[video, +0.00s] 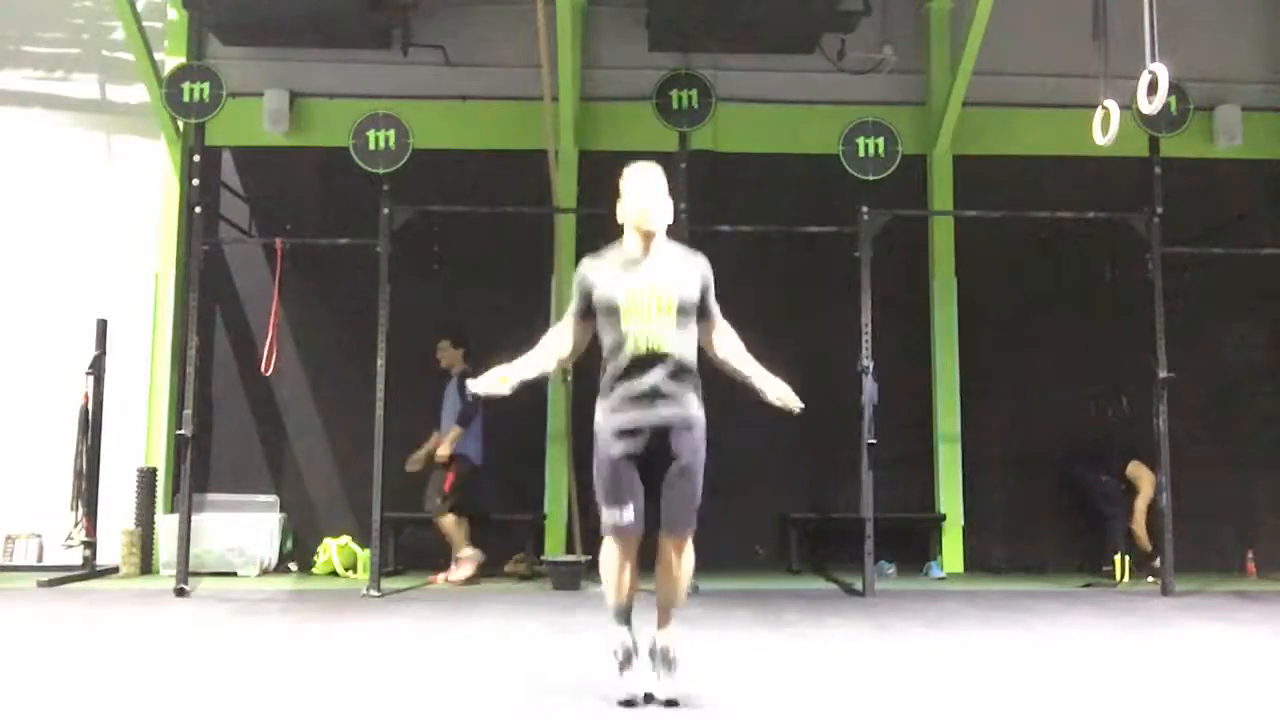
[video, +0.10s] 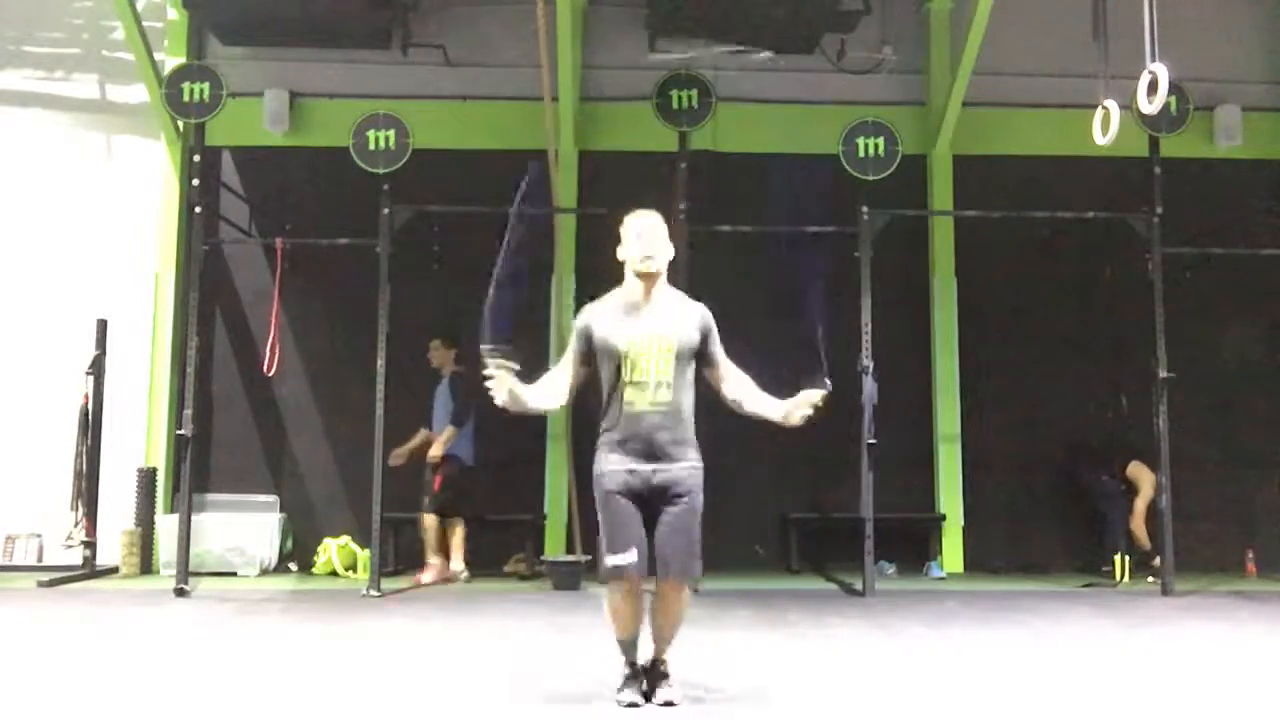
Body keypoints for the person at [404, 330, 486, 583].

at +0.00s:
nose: (438, 355)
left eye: (443, 350)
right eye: (438, 350)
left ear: (459, 351)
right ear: (449, 353)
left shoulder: (467, 378)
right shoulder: (452, 383)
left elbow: (468, 412)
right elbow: (444, 426)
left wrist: (448, 442)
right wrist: (424, 451)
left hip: (464, 452)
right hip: (453, 452)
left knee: (437, 502)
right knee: (454, 506)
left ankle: (465, 552)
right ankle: (459, 562)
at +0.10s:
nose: (430, 355)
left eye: (435, 349)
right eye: (430, 350)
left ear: (451, 352)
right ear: (439, 354)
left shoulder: (459, 379)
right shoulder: (441, 385)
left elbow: (462, 414)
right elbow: (431, 426)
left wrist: (440, 444)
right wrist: (407, 448)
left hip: (455, 454)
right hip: (447, 455)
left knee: (430, 510)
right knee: (454, 512)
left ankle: (434, 564)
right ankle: (457, 564)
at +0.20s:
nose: (421, 355)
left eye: (426, 350)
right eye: (421, 350)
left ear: (442, 352)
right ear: (429, 354)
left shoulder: (451, 381)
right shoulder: (430, 387)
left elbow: (453, 417)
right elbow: (421, 423)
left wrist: (435, 445)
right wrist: (396, 443)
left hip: (450, 455)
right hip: (432, 455)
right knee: (451, 511)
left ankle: (402, 564)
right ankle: (456, 565)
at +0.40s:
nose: (403, 354)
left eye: (409, 350)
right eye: (403, 350)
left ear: (424, 355)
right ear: (409, 356)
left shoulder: (429, 383)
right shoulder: (411, 388)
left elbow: (431, 418)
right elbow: (404, 424)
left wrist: (408, 446)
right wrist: (374, 435)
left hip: (422, 459)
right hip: (421, 459)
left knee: (396, 515)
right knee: (438, 514)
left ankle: (374, 569)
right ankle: (456, 564)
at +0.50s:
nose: (392, 354)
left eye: (398, 349)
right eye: (393, 349)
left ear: (414, 355)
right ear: (395, 355)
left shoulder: (416, 383)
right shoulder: (400, 385)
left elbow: (409, 425)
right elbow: (392, 425)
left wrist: (380, 443)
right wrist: (364, 430)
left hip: (409, 459)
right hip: (401, 459)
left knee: (390, 516)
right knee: (423, 513)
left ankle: (369, 572)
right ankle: (452, 561)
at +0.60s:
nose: (386, 352)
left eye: (391, 347)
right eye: (386, 347)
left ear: (404, 354)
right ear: (391, 353)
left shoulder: (403, 379)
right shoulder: (392, 379)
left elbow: (394, 412)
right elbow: (385, 415)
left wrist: (359, 426)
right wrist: (355, 427)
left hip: (396, 454)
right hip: (387, 453)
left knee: (391, 511)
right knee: (387, 512)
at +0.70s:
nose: (379, 355)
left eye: (385, 350)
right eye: (377, 350)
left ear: (396, 353)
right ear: (375, 353)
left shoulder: (393, 379)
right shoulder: (385, 381)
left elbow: (369, 406)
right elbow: (374, 422)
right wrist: (344, 428)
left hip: (384, 457)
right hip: (374, 456)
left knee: (377, 514)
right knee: (375, 514)